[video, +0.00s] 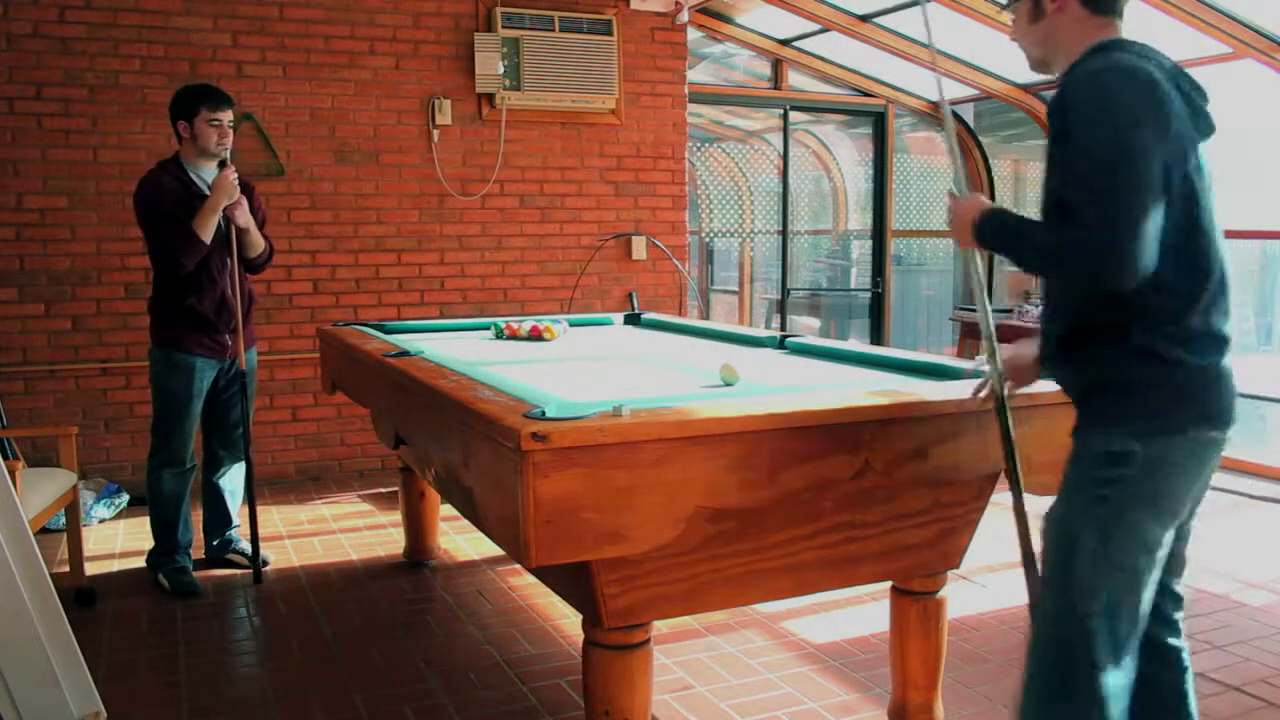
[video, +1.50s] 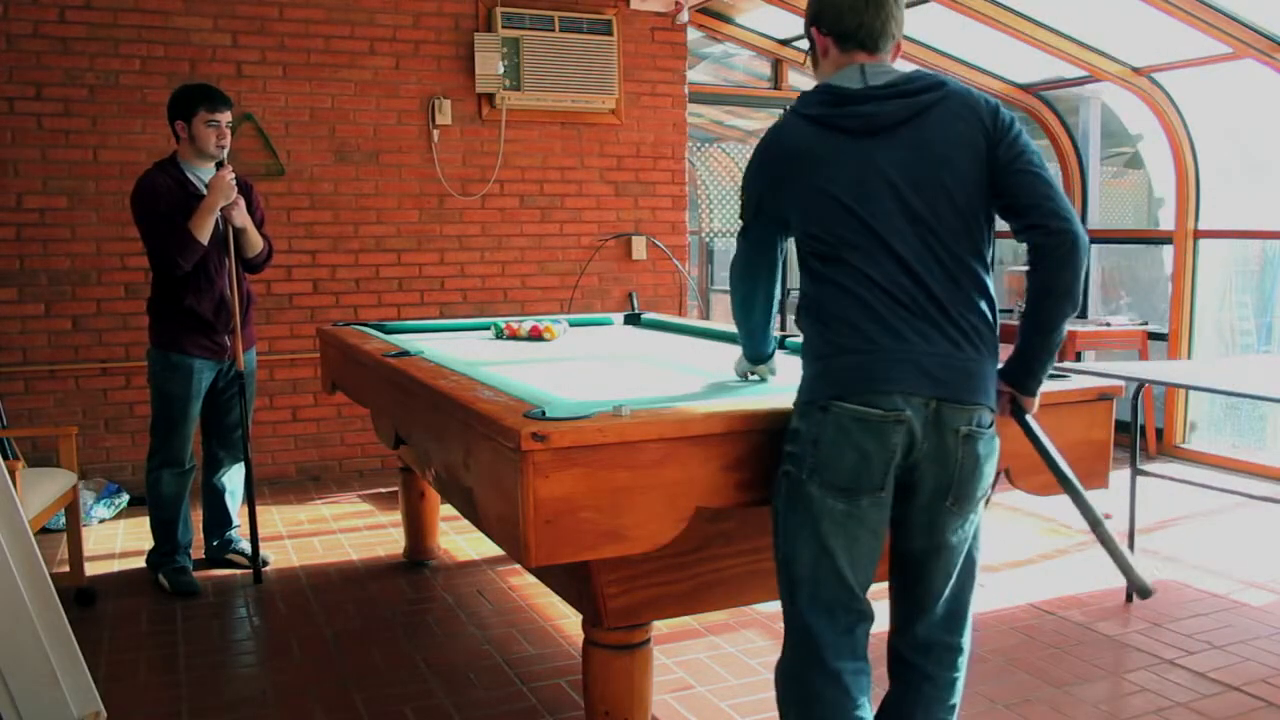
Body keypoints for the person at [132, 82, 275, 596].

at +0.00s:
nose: (226, 134)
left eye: (230, 125)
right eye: (215, 125)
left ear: (234, 130)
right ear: (183, 129)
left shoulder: (239, 185)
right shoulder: (157, 187)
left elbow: (258, 263)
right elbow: (177, 261)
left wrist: (246, 224)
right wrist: (213, 205)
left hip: (237, 338)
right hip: (184, 340)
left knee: (230, 449)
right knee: (175, 454)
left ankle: (223, 542)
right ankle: (171, 558)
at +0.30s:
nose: (223, 134)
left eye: (228, 125)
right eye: (212, 125)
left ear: (232, 130)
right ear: (181, 129)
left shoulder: (239, 185)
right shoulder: (156, 187)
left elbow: (259, 262)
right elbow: (176, 262)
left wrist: (243, 223)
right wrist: (210, 205)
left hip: (238, 338)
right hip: (183, 341)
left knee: (229, 450)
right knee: (175, 455)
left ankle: (223, 542)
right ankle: (171, 558)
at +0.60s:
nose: (224, 135)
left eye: (228, 126)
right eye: (213, 126)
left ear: (232, 130)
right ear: (182, 130)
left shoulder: (240, 186)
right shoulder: (155, 187)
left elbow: (259, 262)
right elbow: (175, 262)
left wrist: (243, 223)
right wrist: (209, 205)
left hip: (238, 339)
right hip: (183, 341)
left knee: (229, 450)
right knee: (175, 455)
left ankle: (223, 542)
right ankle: (171, 558)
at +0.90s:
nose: (224, 135)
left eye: (228, 126)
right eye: (213, 126)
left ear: (233, 131)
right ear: (182, 129)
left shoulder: (240, 186)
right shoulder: (155, 187)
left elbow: (259, 262)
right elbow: (175, 261)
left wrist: (243, 222)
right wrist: (210, 205)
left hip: (238, 339)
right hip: (183, 341)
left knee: (230, 450)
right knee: (175, 455)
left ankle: (223, 542)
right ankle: (171, 558)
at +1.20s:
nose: (224, 134)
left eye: (228, 126)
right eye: (213, 125)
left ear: (232, 130)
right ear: (181, 129)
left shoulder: (239, 185)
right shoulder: (155, 187)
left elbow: (259, 262)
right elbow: (175, 261)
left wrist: (243, 222)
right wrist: (211, 204)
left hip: (238, 339)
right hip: (183, 341)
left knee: (230, 450)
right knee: (175, 455)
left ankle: (223, 542)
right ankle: (171, 558)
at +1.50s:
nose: (223, 135)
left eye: (228, 126)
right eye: (213, 125)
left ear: (232, 130)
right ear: (181, 129)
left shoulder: (238, 185)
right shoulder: (155, 187)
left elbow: (258, 262)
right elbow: (174, 262)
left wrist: (243, 222)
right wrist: (210, 204)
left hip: (237, 339)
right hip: (182, 341)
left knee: (229, 450)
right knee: (175, 455)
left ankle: (223, 542)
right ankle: (171, 558)